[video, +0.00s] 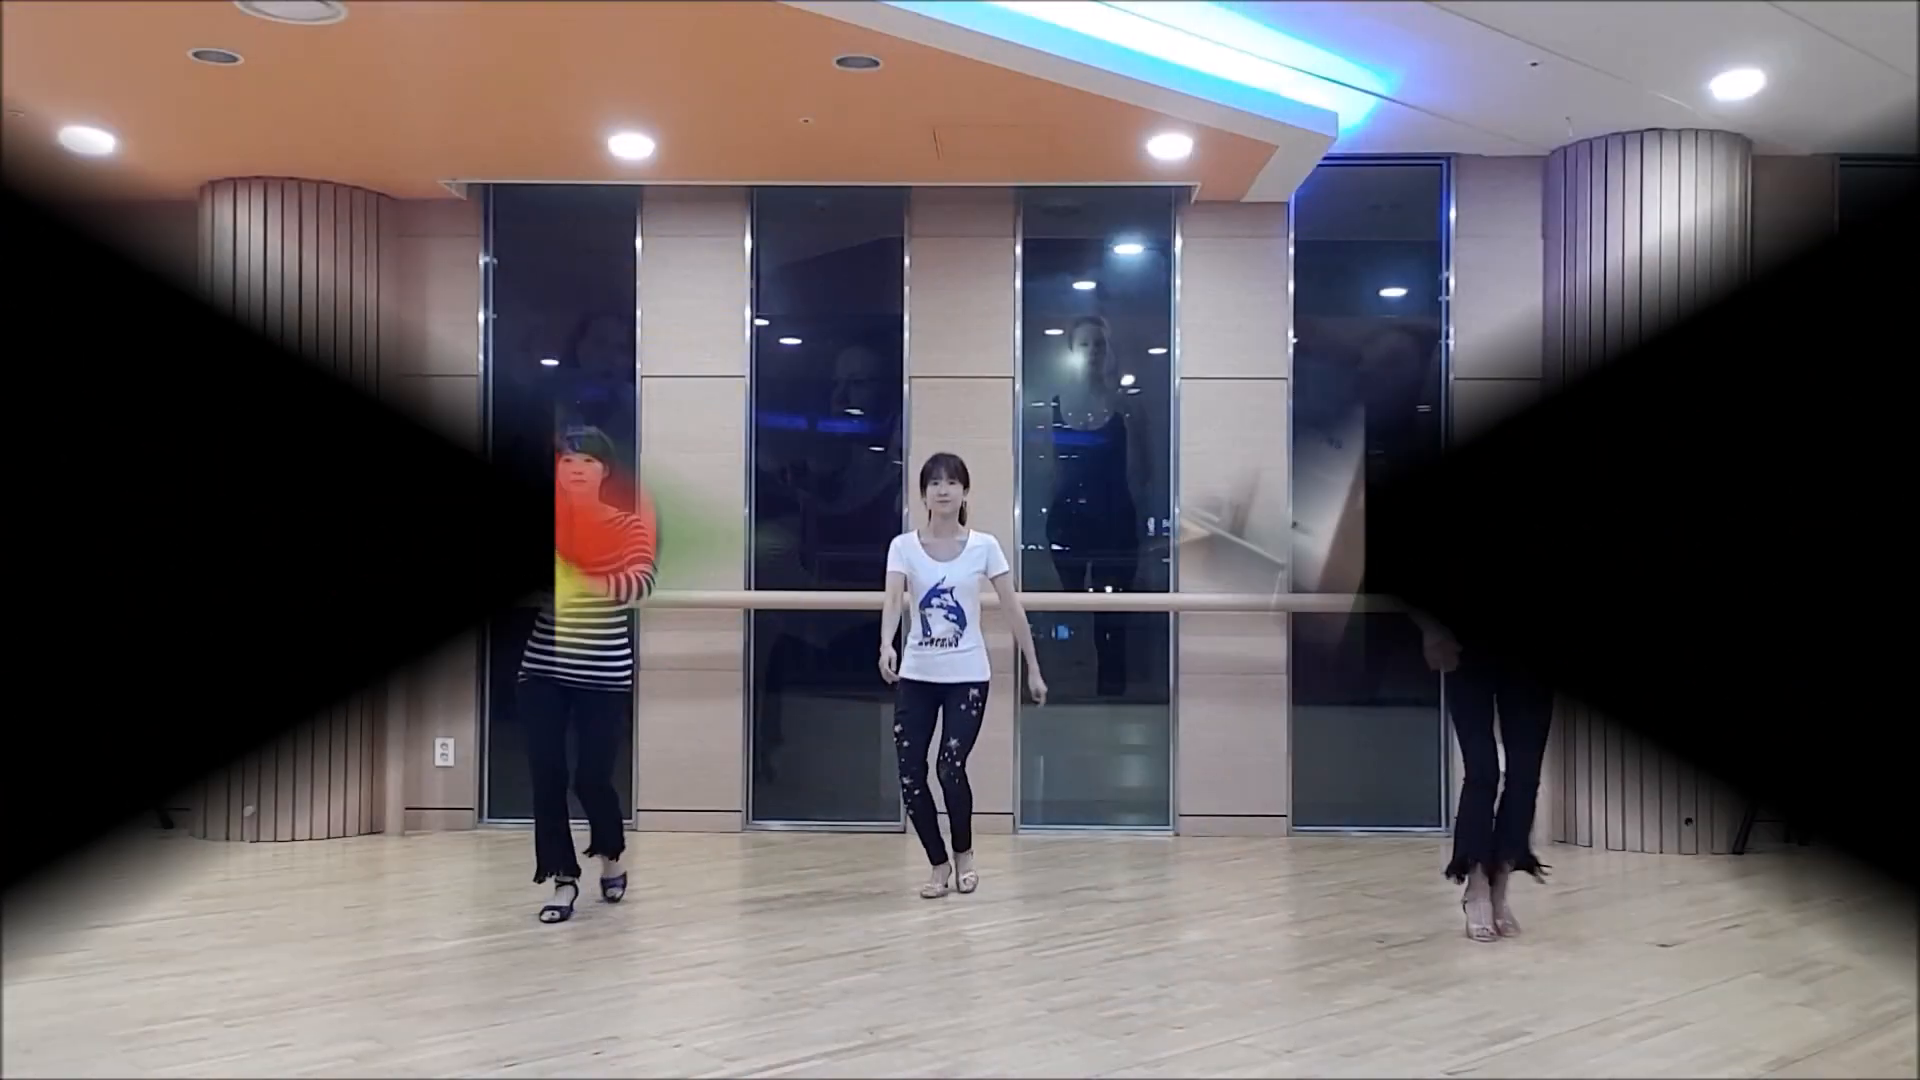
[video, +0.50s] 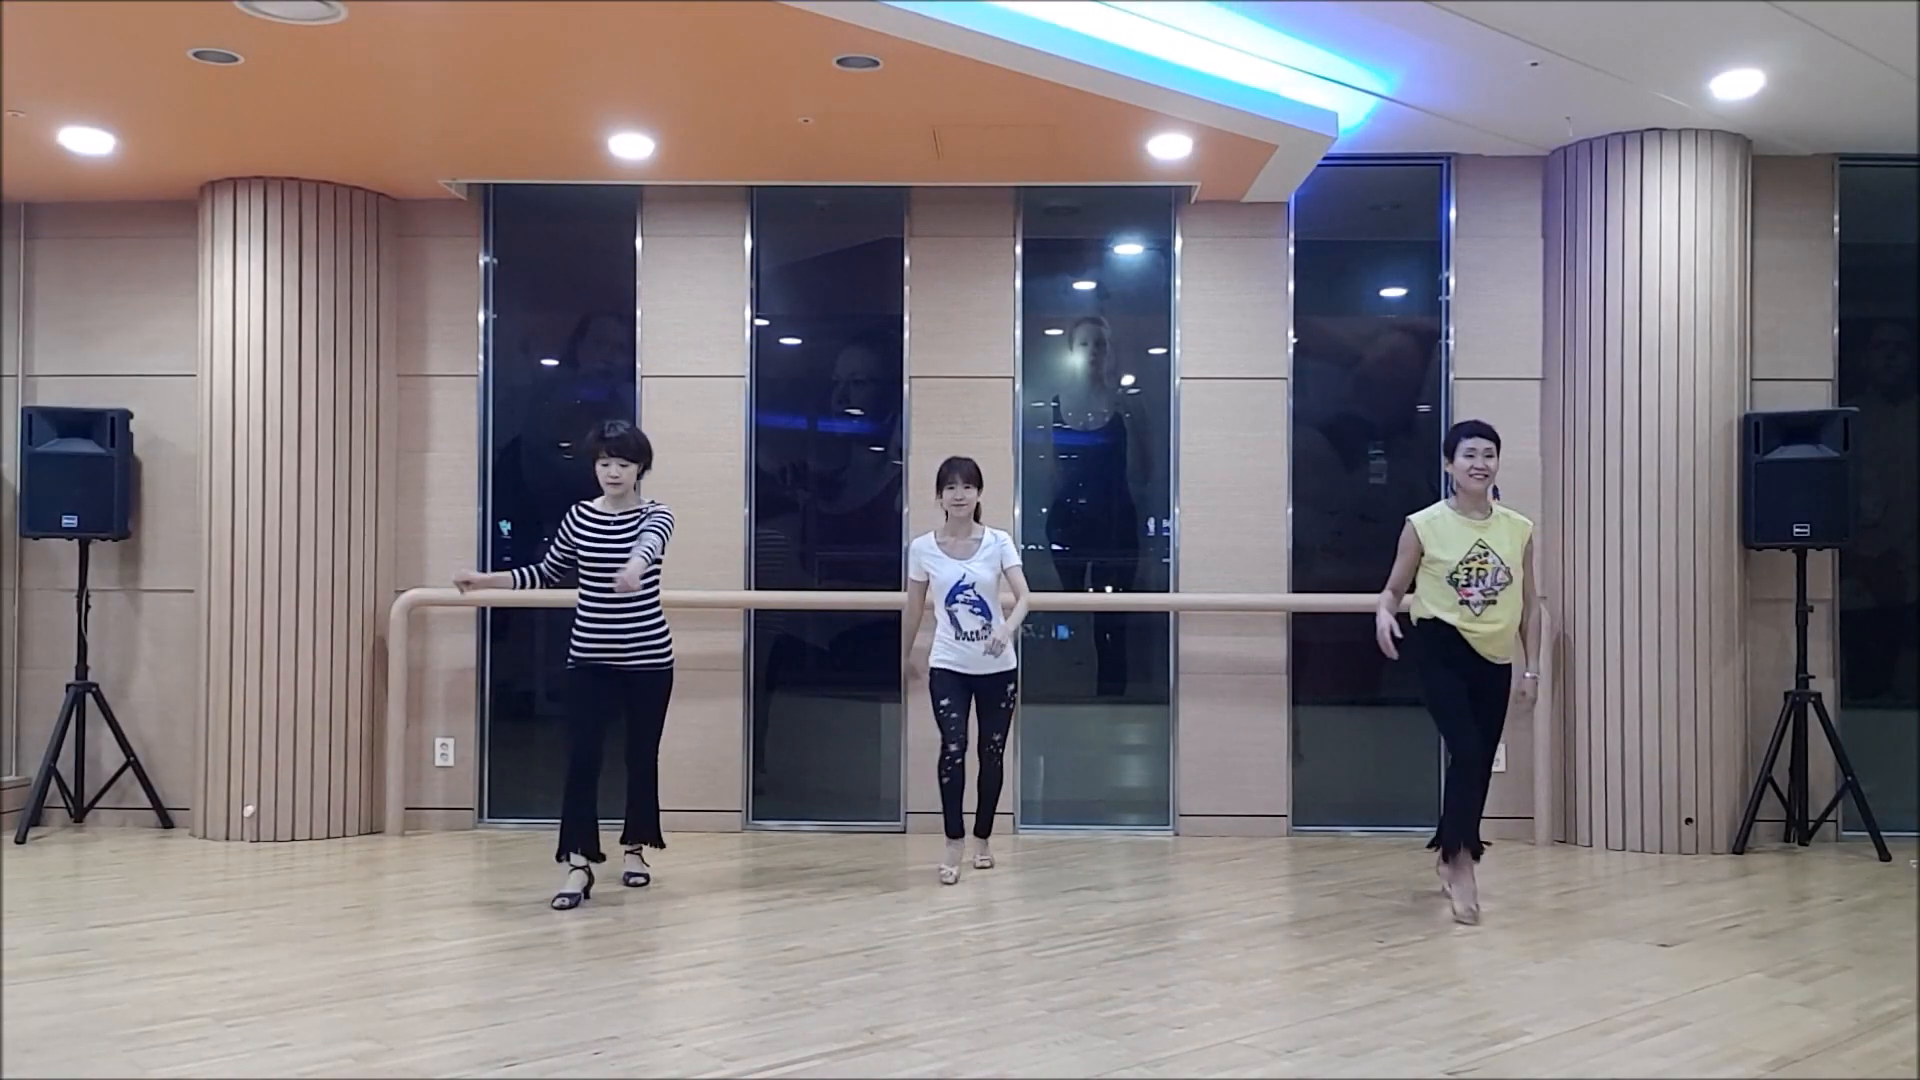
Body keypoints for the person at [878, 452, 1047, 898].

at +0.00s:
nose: (943, 489)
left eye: (952, 482)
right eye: (935, 483)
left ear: (965, 490)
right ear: (923, 492)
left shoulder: (984, 546)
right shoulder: (904, 546)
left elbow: (1013, 608)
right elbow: (892, 602)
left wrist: (1033, 668)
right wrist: (886, 646)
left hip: (968, 675)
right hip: (917, 675)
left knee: (949, 767)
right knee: (909, 773)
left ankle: (963, 857)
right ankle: (939, 865)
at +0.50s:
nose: (959, 494)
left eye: (967, 486)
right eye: (950, 487)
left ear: (979, 493)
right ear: (939, 494)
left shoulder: (999, 543)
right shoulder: (923, 548)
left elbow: (1024, 597)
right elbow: (914, 606)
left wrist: (1008, 628)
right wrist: (905, 653)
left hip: (997, 665)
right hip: (948, 664)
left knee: (992, 753)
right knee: (952, 751)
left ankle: (982, 839)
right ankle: (953, 843)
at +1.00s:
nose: (971, 489)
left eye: (979, 482)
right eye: (963, 483)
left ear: (990, 489)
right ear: (951, 490)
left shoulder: (1005, 541)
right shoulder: (932, 541)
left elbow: (1033, 599)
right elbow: (917, 603)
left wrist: (1035, 644)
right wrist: (896, 646)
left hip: (1000, 660)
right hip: (953, 662)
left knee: (994, 751)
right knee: (987, 744)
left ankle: (980, 840)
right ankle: (961, 828)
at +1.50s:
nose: (974, 488)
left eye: (981, 481)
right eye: (965, 482)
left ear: (993, 488)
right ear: (954, 490)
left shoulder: (1010, 539)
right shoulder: (937, 542)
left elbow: (1035, 593)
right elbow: (926, 593)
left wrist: (1054, 643)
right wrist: (941, 607)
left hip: (998, 663)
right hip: (949, 663)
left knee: (993, 752)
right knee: (949, 747)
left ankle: (978, 838)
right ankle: (922, 817)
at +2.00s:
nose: (981, 488)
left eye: (988, 482)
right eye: (973, 482)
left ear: (1000, 490)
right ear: (961, 490)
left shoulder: (1016, 543)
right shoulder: (943, 540)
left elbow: (1039, 595)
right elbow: (932, 599)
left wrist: (1055, 634)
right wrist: (944, 597)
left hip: (996, 664)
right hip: (947, 659)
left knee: (988, 752)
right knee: (915, 745)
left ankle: (978, 841)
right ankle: (888, 831)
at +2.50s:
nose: (1038, 490)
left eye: (1045, 484)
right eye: (1029, 484)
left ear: (1056, 491)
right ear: (1018, 493)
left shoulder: (1072, 541)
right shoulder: (1005, 540)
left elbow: (1086, 591)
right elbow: (1015, 602)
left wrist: (1093, 628)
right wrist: (1055, 646)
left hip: (1059, 660)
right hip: (1013, 661)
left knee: (1056, 746)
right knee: (1026, 751)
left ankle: (1015, 823)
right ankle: (1047, 831)